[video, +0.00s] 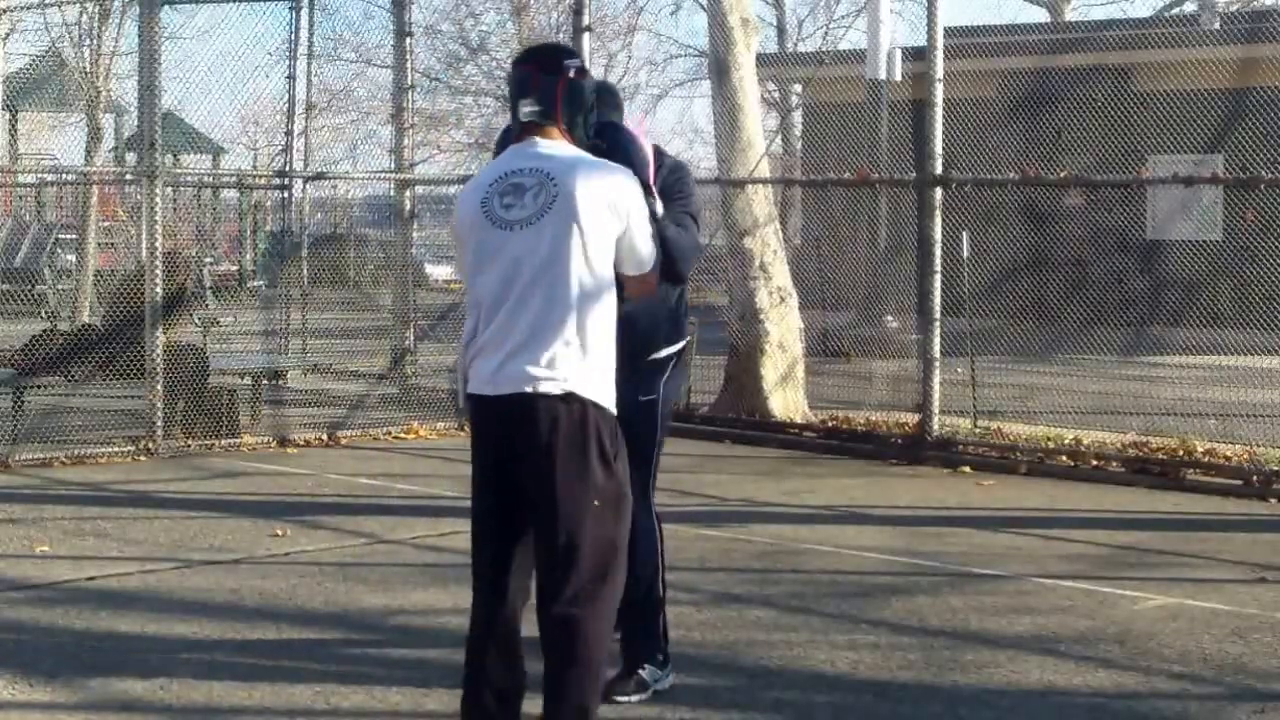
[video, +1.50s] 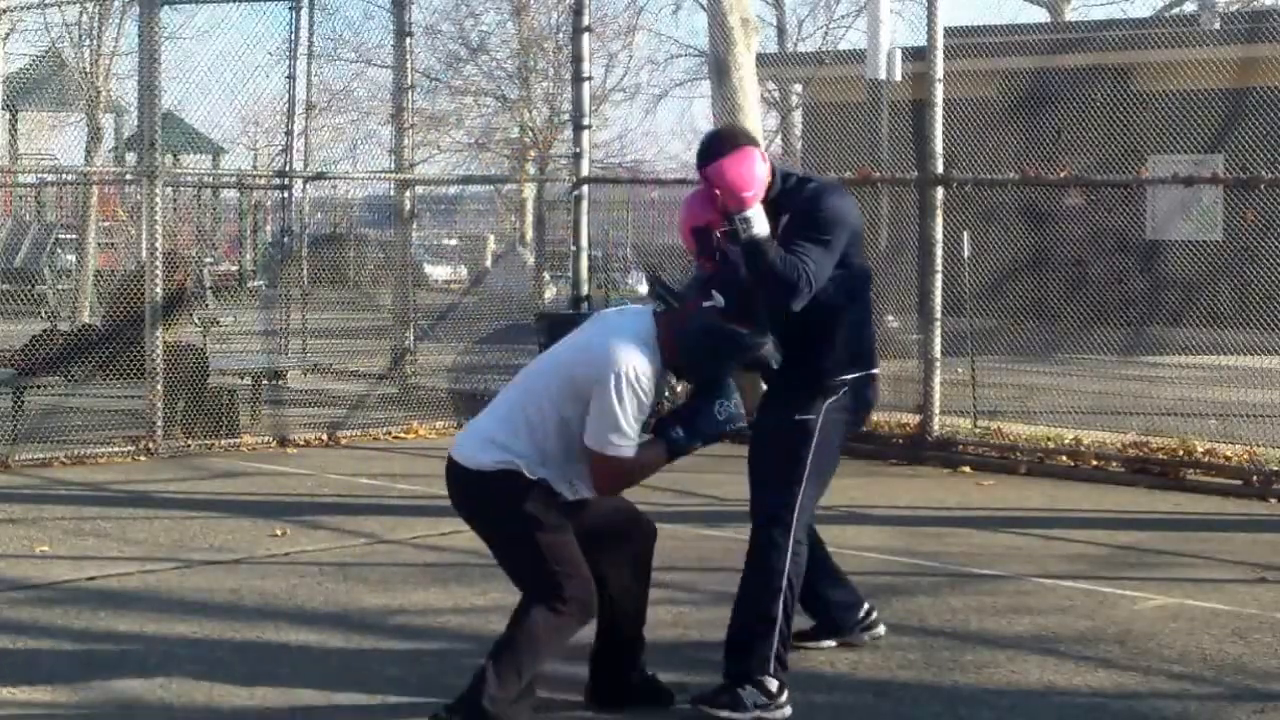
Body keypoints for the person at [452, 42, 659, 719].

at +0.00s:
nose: (587, 105)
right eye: (582, 94)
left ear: (512, 107)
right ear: (577, 100)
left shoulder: (474, 190)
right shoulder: (610, 180)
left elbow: (483, 277)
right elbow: (642, 282)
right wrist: (564, 280)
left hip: (489, 400)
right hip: (574, 401)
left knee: (495, 580)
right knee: (583, 582)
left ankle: (487, 709)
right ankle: (573, 707)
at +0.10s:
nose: (606, 110)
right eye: (601, 98)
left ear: (528, 102)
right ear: (591, 103)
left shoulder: (479, 187)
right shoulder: (616, 186)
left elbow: (470, 284)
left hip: (490, 402)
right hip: (575, 407)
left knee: (498, 565)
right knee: (579, 576)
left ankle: (489, 707)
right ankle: (552, 707)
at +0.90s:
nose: (648, 124)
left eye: (646, 110)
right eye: (642, 109)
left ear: (573, 106)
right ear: (623, 112)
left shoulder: (533, 174)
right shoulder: (612, 193)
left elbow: (579, 267)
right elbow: (673, 300)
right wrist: (667, 228)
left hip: (516, 388)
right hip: (568, 397)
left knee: (535, 552)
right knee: (569, 560)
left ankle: (532, 694)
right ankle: (539, 703)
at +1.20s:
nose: (668, 194)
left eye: (672, 183)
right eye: (667, 182)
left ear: (606, 166)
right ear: (644, 177)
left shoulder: (547, 220)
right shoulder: (621, 226)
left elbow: (505, 294)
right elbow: (710, 281)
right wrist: (705, 213)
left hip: (509, 430)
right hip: (557, 440)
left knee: (605, 548)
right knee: (612, 602)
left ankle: (595, 685)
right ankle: (557, 711)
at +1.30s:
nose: (695, 217)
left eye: (698, 208)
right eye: (693, 207)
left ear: (627, 199)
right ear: (670, 209)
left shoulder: (575, 248)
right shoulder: (644, 260)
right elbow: (734, 308)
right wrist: (732, 237)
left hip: (502, 446)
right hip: (546, 459)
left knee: (602, 549)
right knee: (607, 609)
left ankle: (605, 673)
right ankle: (560, 709)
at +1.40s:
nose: (725, 299)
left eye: (732, 285)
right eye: (720, 279)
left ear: (675, 262)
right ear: (685, 265)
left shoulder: (639, 295)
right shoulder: (639, 309)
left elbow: (688, 412)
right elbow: (698, 419)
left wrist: (733, 360)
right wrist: (741, 358)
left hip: (544, 451)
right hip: (513, 458)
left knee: (623, 539)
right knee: (583, 599)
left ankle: (614, 680)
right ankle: (534, 712)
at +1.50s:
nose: (715, 368)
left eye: (726, 358)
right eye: (719, 354)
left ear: (689, 311)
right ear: (695, 328)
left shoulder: (641, 325)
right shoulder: (625, 361)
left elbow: (632, 436)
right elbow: (608, 477)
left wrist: (684, 421)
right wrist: (683, 437)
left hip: (534, 467)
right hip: (492, 471)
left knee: (629, 535)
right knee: (568, 598)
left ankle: (616, 680)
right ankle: (476, 708)